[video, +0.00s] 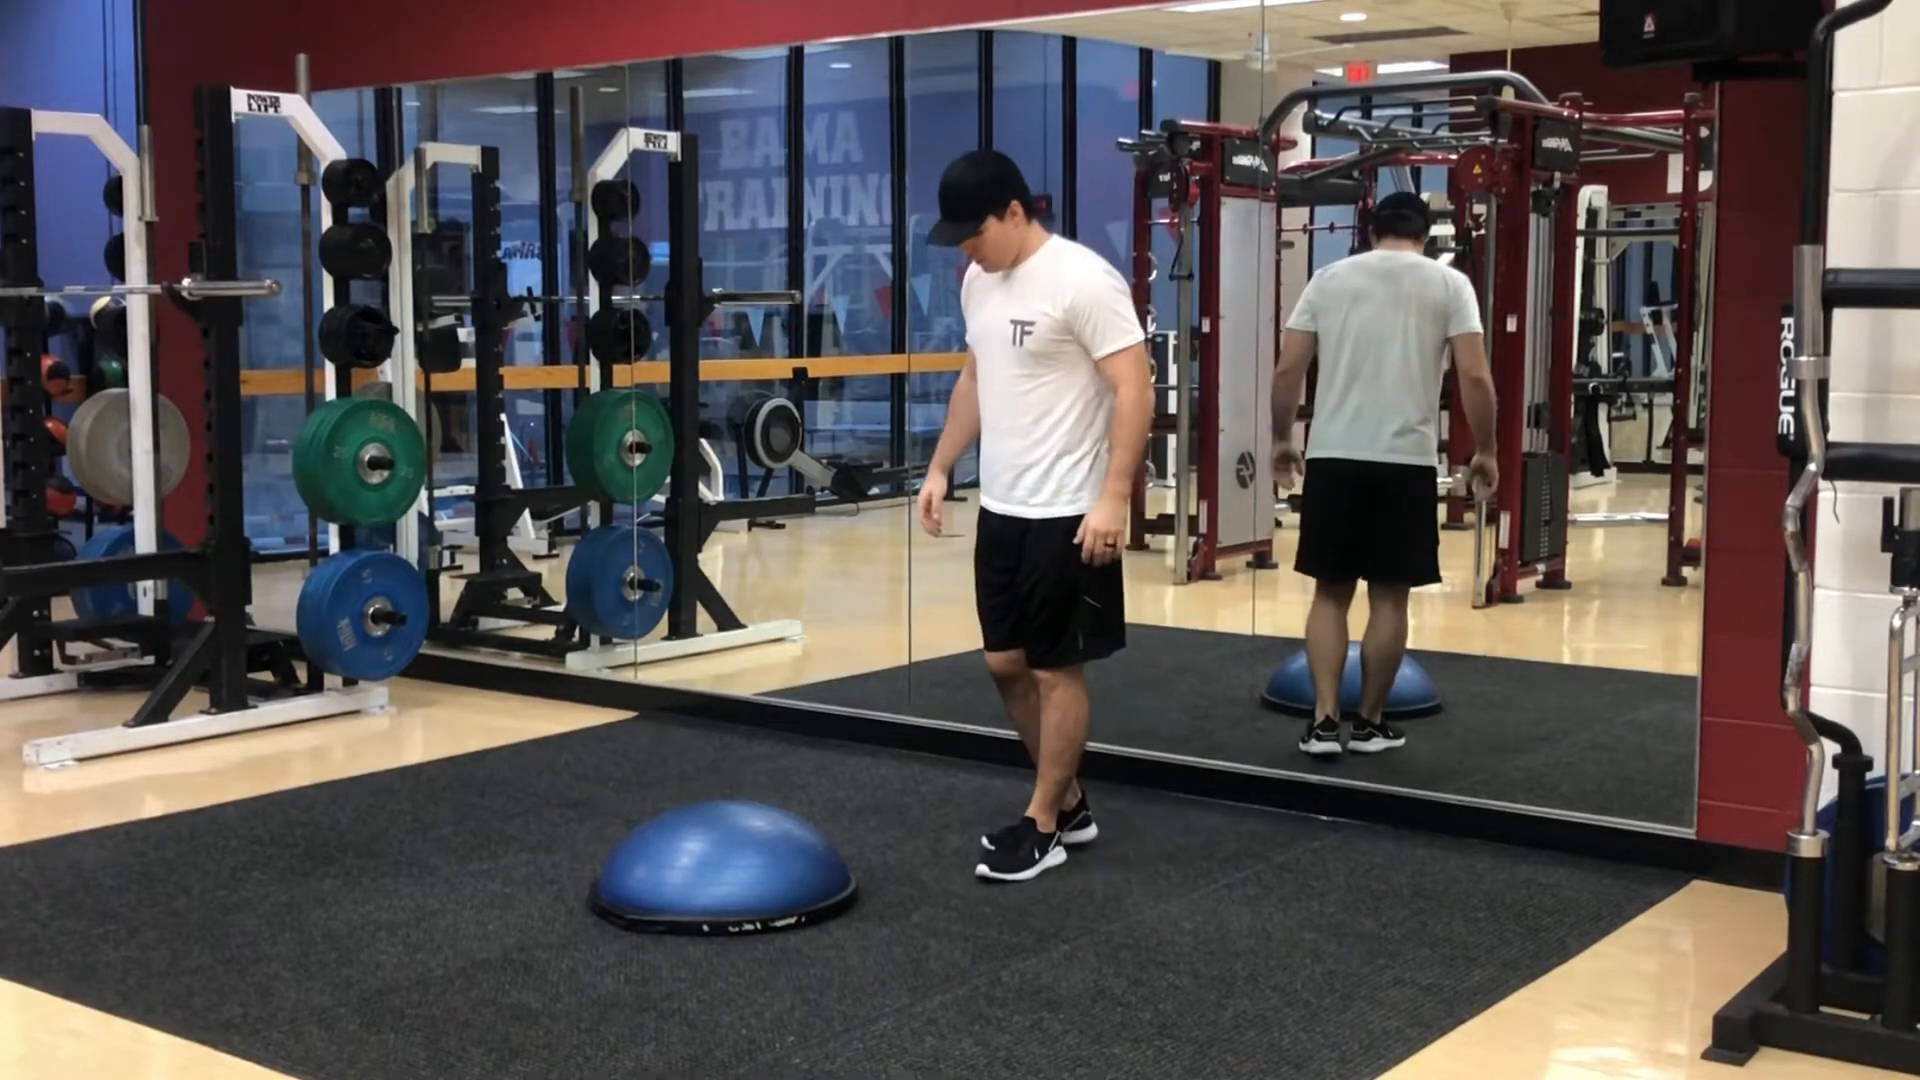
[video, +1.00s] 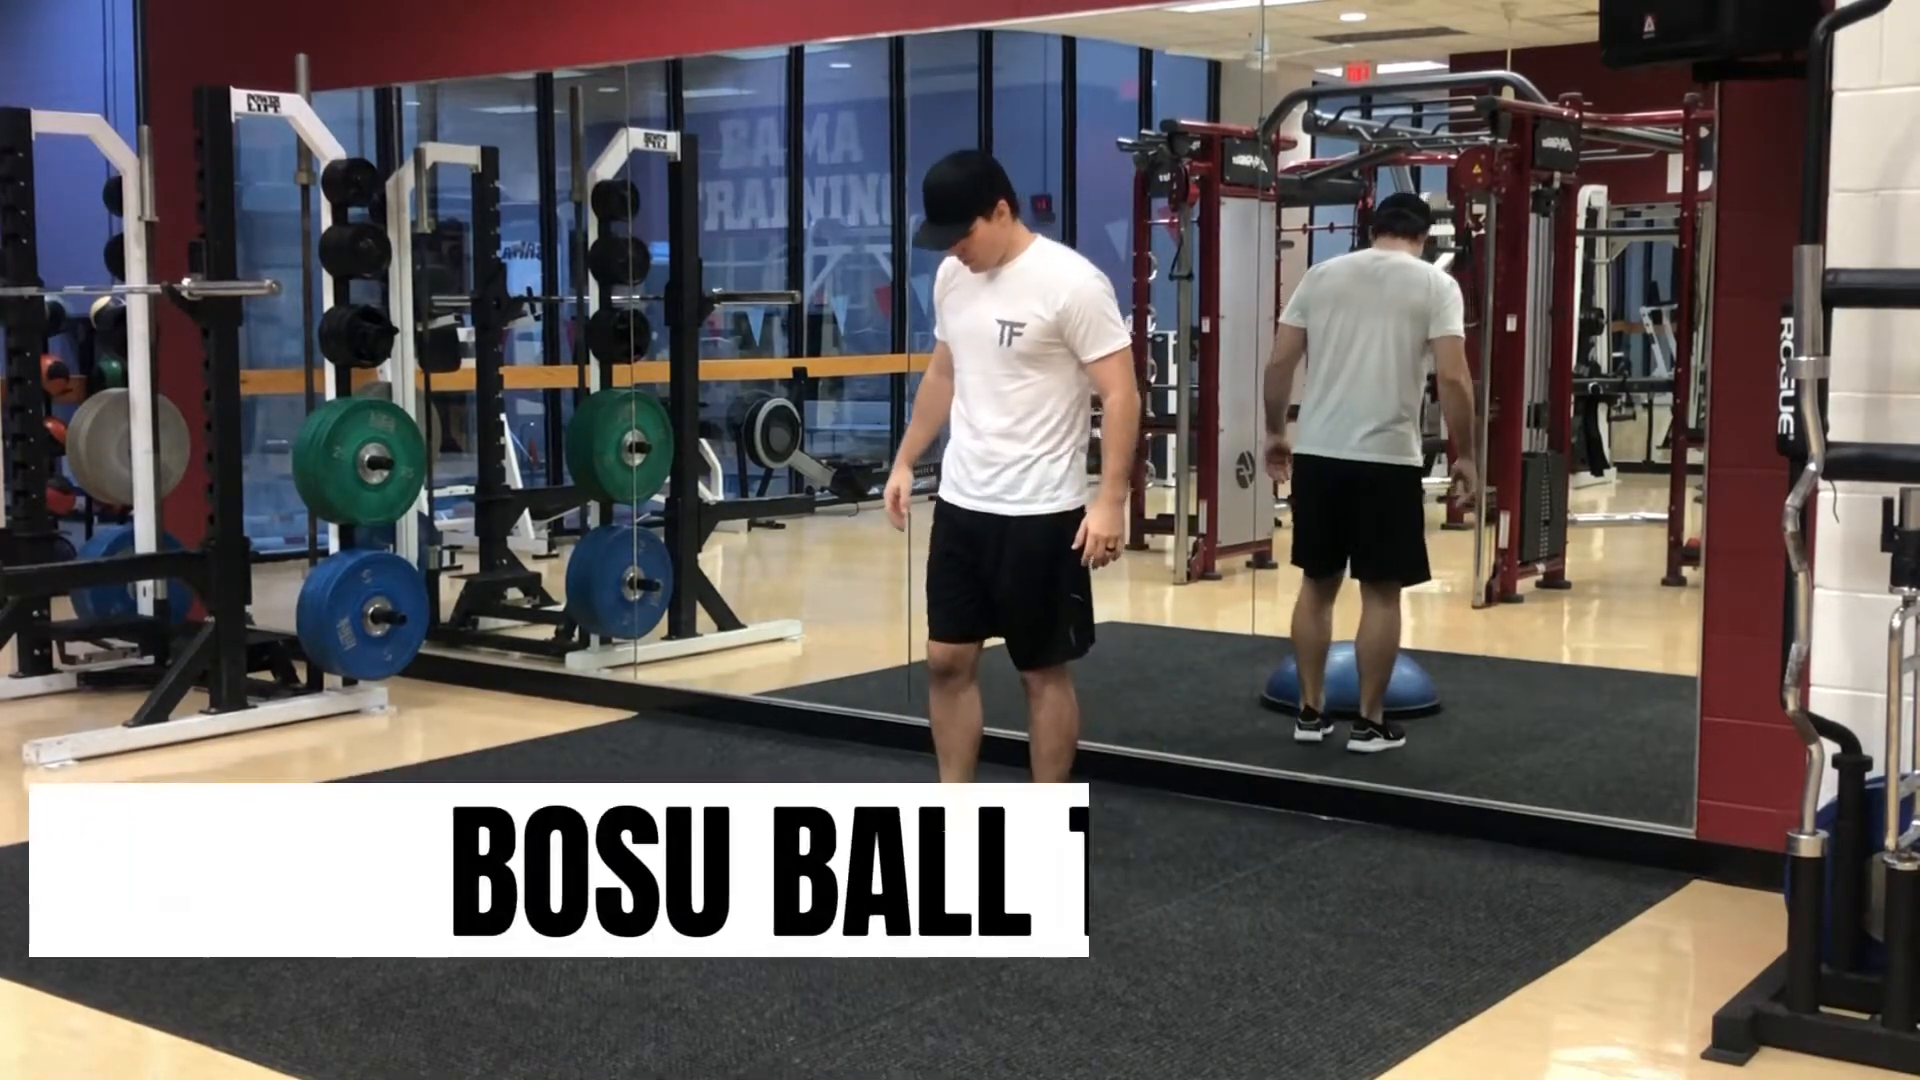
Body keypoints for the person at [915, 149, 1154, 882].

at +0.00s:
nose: (967, 253)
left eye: (973, 237)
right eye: (961, 241)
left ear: (1012, 213)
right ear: (985, 224)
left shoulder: (1086, 279)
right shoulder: (978, 282)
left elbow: (1136, 388)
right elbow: (977, 378)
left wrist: (1116, 496)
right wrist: (940, 466)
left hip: (1069, 512)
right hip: (1002, 509)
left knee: (1059, 667)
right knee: (1007, 662)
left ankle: (1042, 824)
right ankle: (1068, 800)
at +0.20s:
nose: (972, 248)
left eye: (979, 232)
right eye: (966, 236)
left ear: (1020, 210)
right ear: (997, 217)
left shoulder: (1091, 280)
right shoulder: (979, 279)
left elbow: (1138, 392)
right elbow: (974, 378)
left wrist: (1105, 496)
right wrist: (934, 462)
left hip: (1065, 513)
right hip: (994, 509)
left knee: (1054, 669)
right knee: (986, 661)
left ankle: (1041, 824)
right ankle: (1058, 790)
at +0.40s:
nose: (974, 246)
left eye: (981, 230)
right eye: (968, 234)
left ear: (1023, 207)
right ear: (996, 215)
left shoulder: (1095, 280)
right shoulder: (982, 278)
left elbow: (1142, 392)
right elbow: (974, 378)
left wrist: (1117, 496)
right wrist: (934, 464)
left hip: (1062, 515)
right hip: (986, 507)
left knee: (1050, 670)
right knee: (955, 653)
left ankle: (1042, 825)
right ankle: (986, 803)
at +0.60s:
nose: (975, 243)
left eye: (982, 228)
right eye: (970, 230)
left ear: (1024, 207)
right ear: (1000, 215)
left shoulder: (1096, 281)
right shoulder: (982, 274)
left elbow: (1141, 393)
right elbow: (970, 373)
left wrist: (1123, 499)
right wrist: (936, 463)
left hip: (1060, 513)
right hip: (979, 503)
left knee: (1052, 672)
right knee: (931, 642)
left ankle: (1042, 823)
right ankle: (948, 802)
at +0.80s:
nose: (971, 246)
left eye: (979, 231)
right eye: (966, 234)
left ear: (1020, 209)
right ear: (969, 223)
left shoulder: (1089, 283)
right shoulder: (972, 275)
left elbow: (1135, 395)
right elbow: (960, 371)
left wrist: (1120, 502)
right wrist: (923, 459)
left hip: (1056, 514)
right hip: (973, 505)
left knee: (1053, 673)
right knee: (936, 651)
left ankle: (1045, 823)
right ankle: (947, 808)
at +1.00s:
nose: (955, 249)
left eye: (962, 235)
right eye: (948, 239)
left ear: (1001, 210)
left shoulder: (1074, 283)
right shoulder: (952, 275)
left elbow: (1122, 395)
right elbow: (943, 373)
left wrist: (1111, 499)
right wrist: (904, 460)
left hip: (1042, 514)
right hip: (961, 508)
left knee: (1043, 673)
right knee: (947, 663)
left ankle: (1049, 816)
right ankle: (954, 807)